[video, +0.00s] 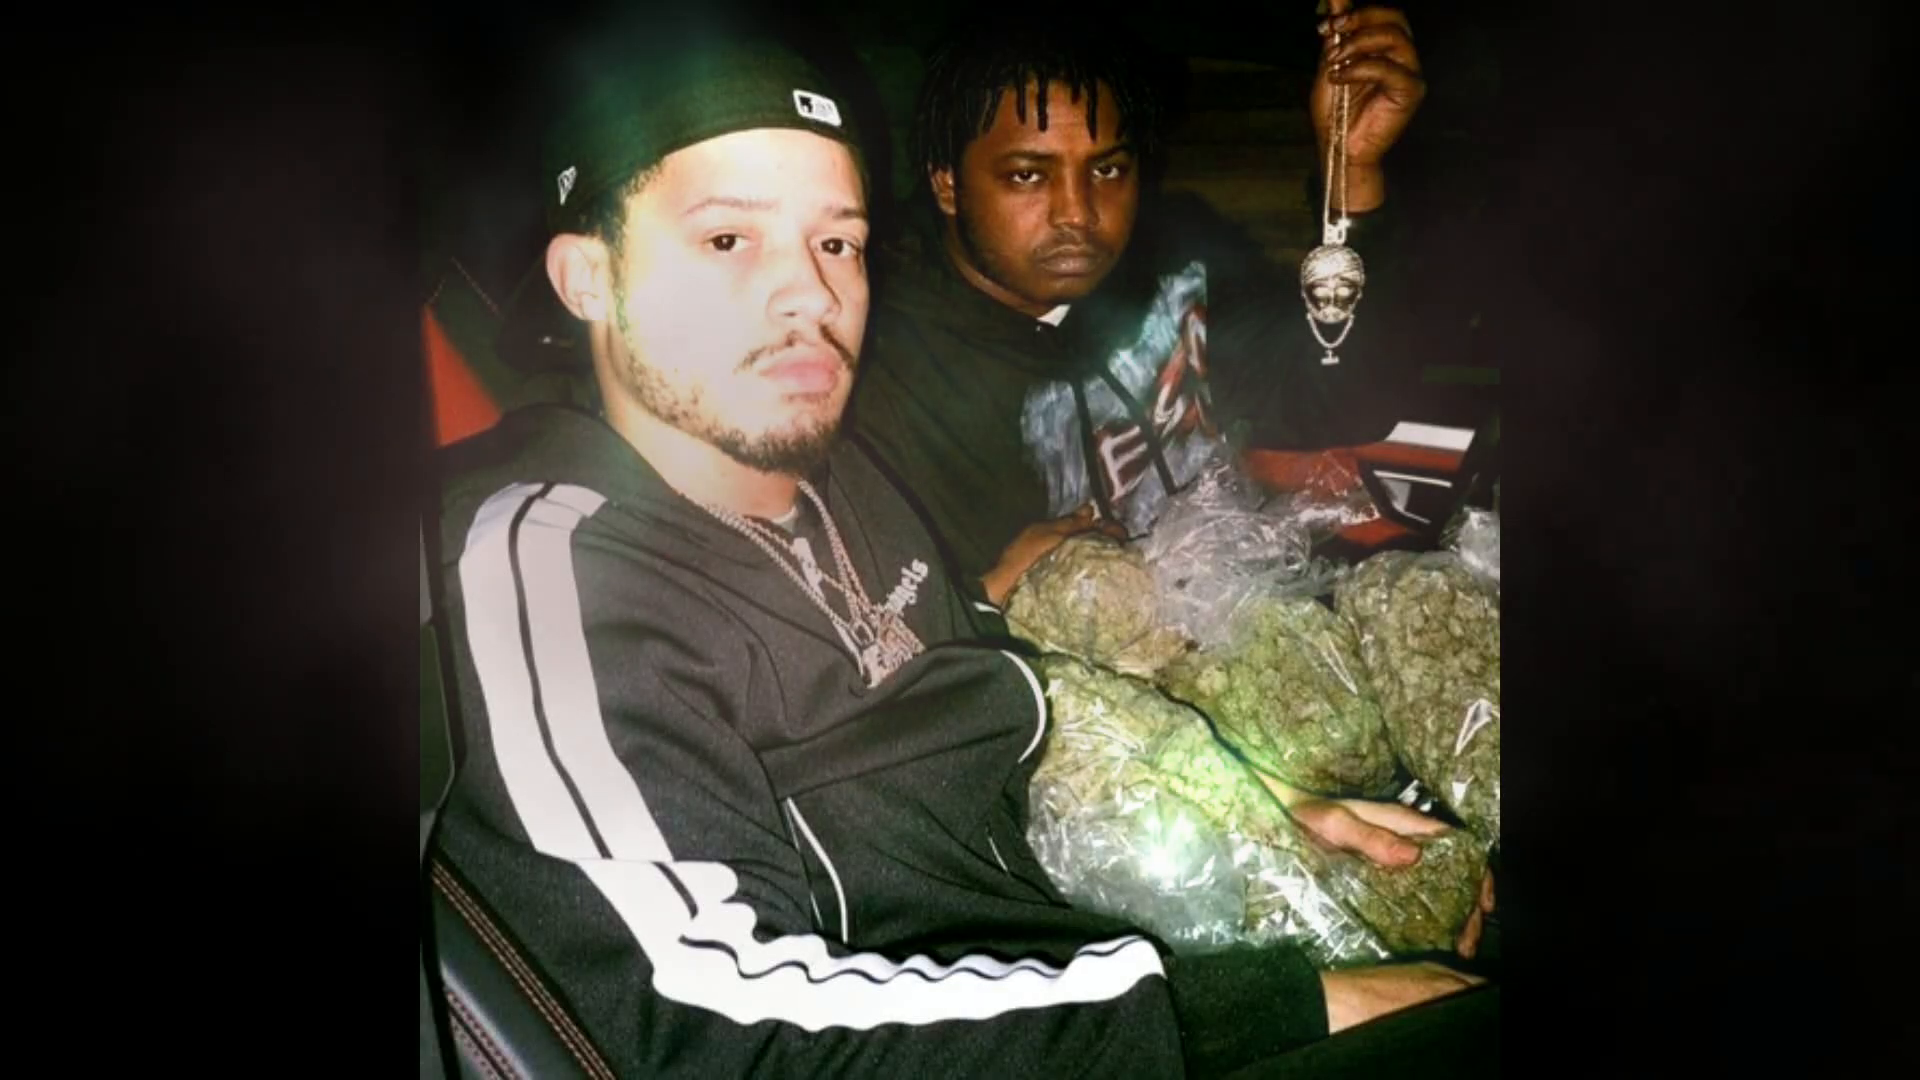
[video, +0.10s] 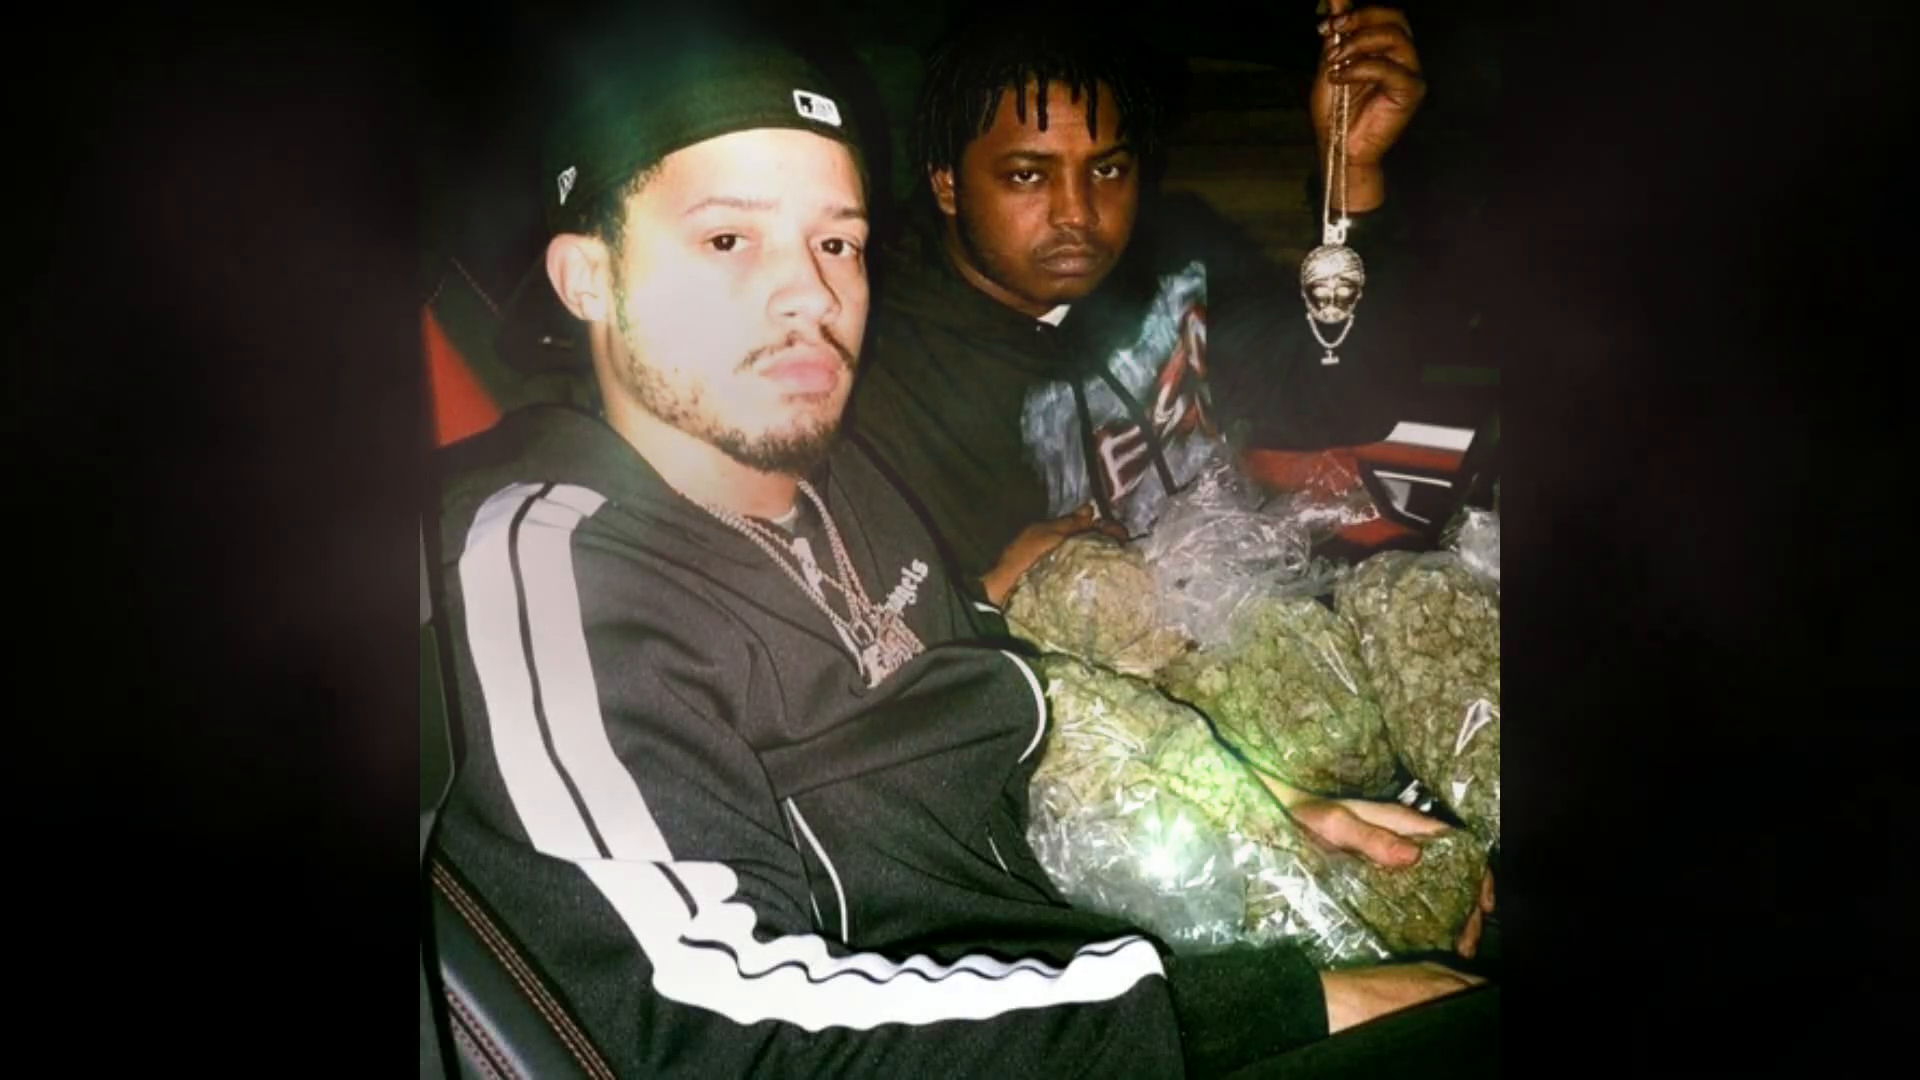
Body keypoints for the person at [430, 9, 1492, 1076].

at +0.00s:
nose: (812, 302)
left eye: (836, 244)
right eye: (728, 240)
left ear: (868, 262)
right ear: (584, 276)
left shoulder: (834, 475)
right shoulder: (533, 555)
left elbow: (1015, 735)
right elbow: (708, 1017)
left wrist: (1267, 830)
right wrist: (1271, 1010)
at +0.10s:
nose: (812, 302)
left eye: (837, 244)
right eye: (728, 240)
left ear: (868, 262)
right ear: (584, 275)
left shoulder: (832, 476)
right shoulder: (532, 552)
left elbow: (1008, 736)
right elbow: (706, 1017)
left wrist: (1265, 831)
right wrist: (1277, 1010)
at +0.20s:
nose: (812, 302)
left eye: (836, 244)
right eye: (728, 241)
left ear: (867, 263)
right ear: (585, 277)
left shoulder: (831, 475)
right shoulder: (534, 554)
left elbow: (1008, 736)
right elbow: (704, 1022)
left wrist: (1265, 832)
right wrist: (1276, 1009)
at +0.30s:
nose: (813, 303)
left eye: (837, 248)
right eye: (727, 243)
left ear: (868, 267)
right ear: (584, 279)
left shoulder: (832, 481)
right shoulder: (534, 554)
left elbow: (1006, 750)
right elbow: (700, 1025)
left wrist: (1263, 830)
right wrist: (1275, 1012)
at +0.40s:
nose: (812, 304)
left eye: (836, 247)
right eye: (727, 243)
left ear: (867, 265)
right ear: (585, 278)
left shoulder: (832, 480)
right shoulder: (532, 557)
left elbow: (1002, 763)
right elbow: (699, 1018)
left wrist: (1266, 837)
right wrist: (1273, 1009)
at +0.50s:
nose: (812, 305)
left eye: (836, 249)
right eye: (728, 245)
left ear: (867, 266)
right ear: (585, 280)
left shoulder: (835, 483)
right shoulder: (532, 560)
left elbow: (1003, 754)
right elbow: (700, 1021)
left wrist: (1264, 831)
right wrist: (1273, 1008)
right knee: (1450, 1009)